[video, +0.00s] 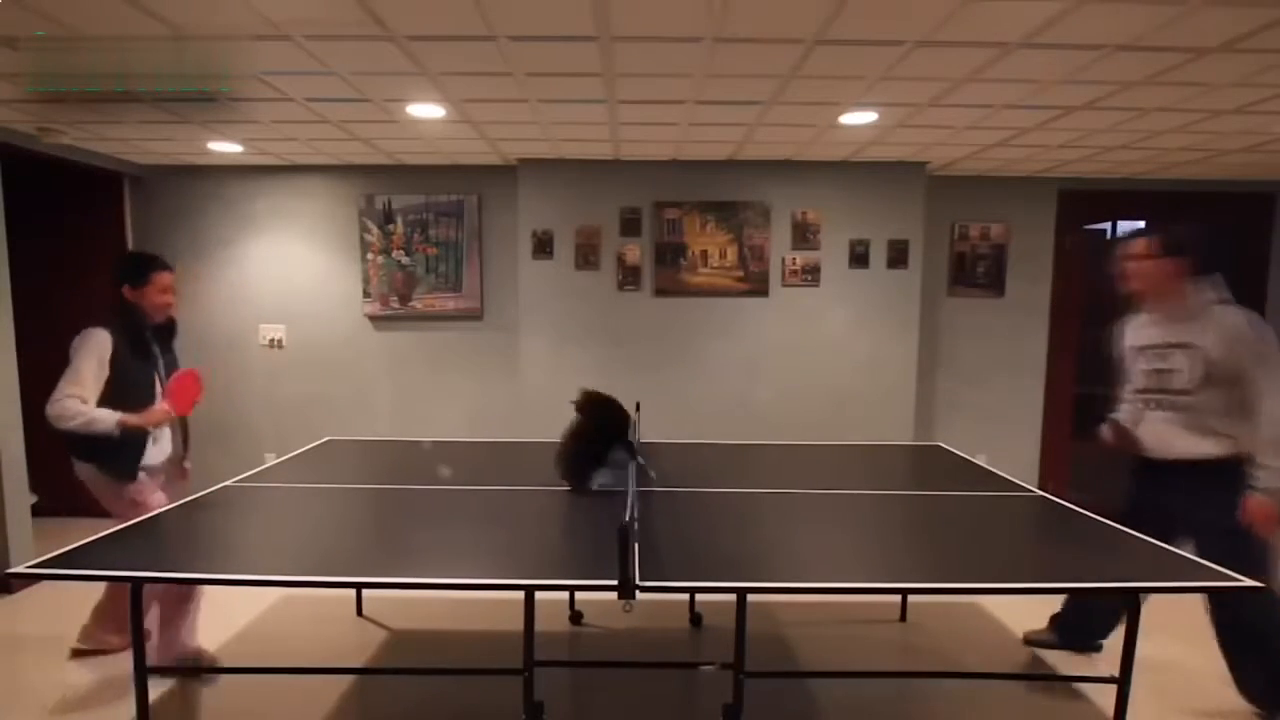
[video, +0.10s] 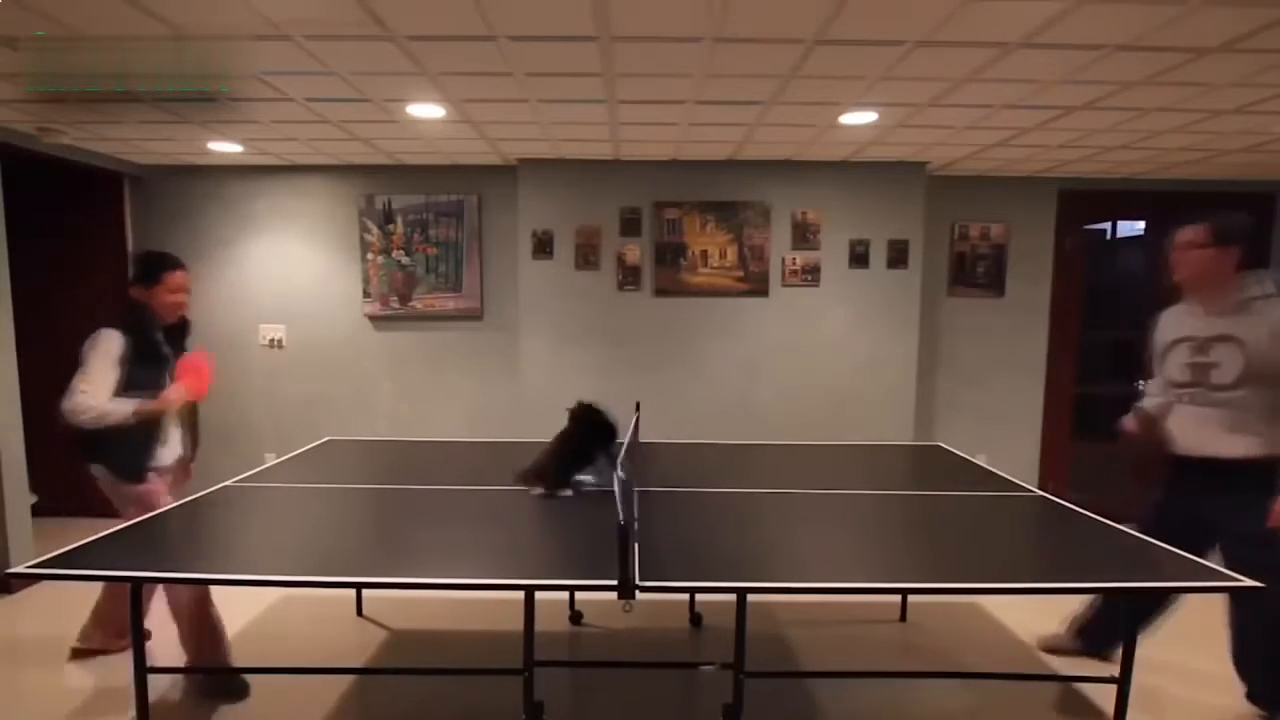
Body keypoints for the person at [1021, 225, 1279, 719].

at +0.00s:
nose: (1130, 269)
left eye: (1142, 259)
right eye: (1128, 260)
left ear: (1178, 265)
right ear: (1124, 270)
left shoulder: (1234, 326)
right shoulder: (1131, 330)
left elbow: (1271, 405)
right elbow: (1135, 394)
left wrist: (1265, 486)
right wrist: (1117, 425)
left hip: (1218, 476)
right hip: (1152, 473)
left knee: (1241, 595)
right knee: (1118, 556)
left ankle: (1270, 695)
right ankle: (1077, 631)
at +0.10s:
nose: (1177, 260)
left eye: (1191, 249)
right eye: (1175, 251)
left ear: (1229, 256)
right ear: (1172, 261)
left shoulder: (1270, 310)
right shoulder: (1169, 321)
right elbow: (1161, 388)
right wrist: (1140, 415)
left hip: (1256, 475)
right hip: (1188, 471)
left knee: (1261, 595)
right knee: (1150, 564)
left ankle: (1269, 697)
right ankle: (1092, 638)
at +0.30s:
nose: (1226, 248)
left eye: (1240, 238)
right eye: (1223, 238)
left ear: (1272, 247)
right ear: (1218, 246)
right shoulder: (1201, 312)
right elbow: (1177, 376)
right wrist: (1164, 402)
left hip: (1268, 470)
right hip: (1204, 463)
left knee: (1266, 586)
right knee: (1171, 560)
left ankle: (1272, 692)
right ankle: (1126, 648)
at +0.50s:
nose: (1201, 256)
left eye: (1215, 246)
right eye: (1199, 247)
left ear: (1255, 252)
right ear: (1196, 254)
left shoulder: (1273, 313)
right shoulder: (1189, 314)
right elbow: (1164, 380)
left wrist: (1278, 498)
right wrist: (1134, 396)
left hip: (1250, 476)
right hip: (1183, 469)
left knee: (1249, 592)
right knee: (1143, 565)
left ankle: (1270, 697)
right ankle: (1095, 653)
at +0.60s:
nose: (1156, 270)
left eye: (1167, 258)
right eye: (1153, 260)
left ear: (1206, 260)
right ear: (1153, 269)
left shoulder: (1256, 328)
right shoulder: (1156, 325)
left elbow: (1270, 419)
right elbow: (1142, 385)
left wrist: (1257, 499)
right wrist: (1098, 404)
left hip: (1221, 483)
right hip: (1156, 479)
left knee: (1242, 603)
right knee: (1112, 580)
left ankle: (1273, 693)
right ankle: (1051, 661)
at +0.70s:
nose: (1096, 280)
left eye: (1108, 270)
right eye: (1095, 270)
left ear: (1146, 273)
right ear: (1101, 277)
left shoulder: (1202, 337)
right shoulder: (1112, 333)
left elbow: (1223, 424)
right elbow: (1103, 389)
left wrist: (1205, 504)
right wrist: (1065, 412)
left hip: (1171, 488)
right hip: (1109, 483)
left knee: (1203, 599)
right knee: (1063, 559)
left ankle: (1273, 694)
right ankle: (1052, 656)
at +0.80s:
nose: (1064, 272)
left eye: (1074, 263)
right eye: (1064, 263)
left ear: (1110, 267)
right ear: (1095, 270)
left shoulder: (1164, 325)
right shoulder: (1092, 318)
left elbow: (1189, 411)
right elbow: (1080, 387)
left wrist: (1166, 485)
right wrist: (1034, 409)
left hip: (1133, 474)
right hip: (1083, 466)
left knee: (1153, 585)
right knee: (1053, 560)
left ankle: (1243, 665)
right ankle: (1048, 652)